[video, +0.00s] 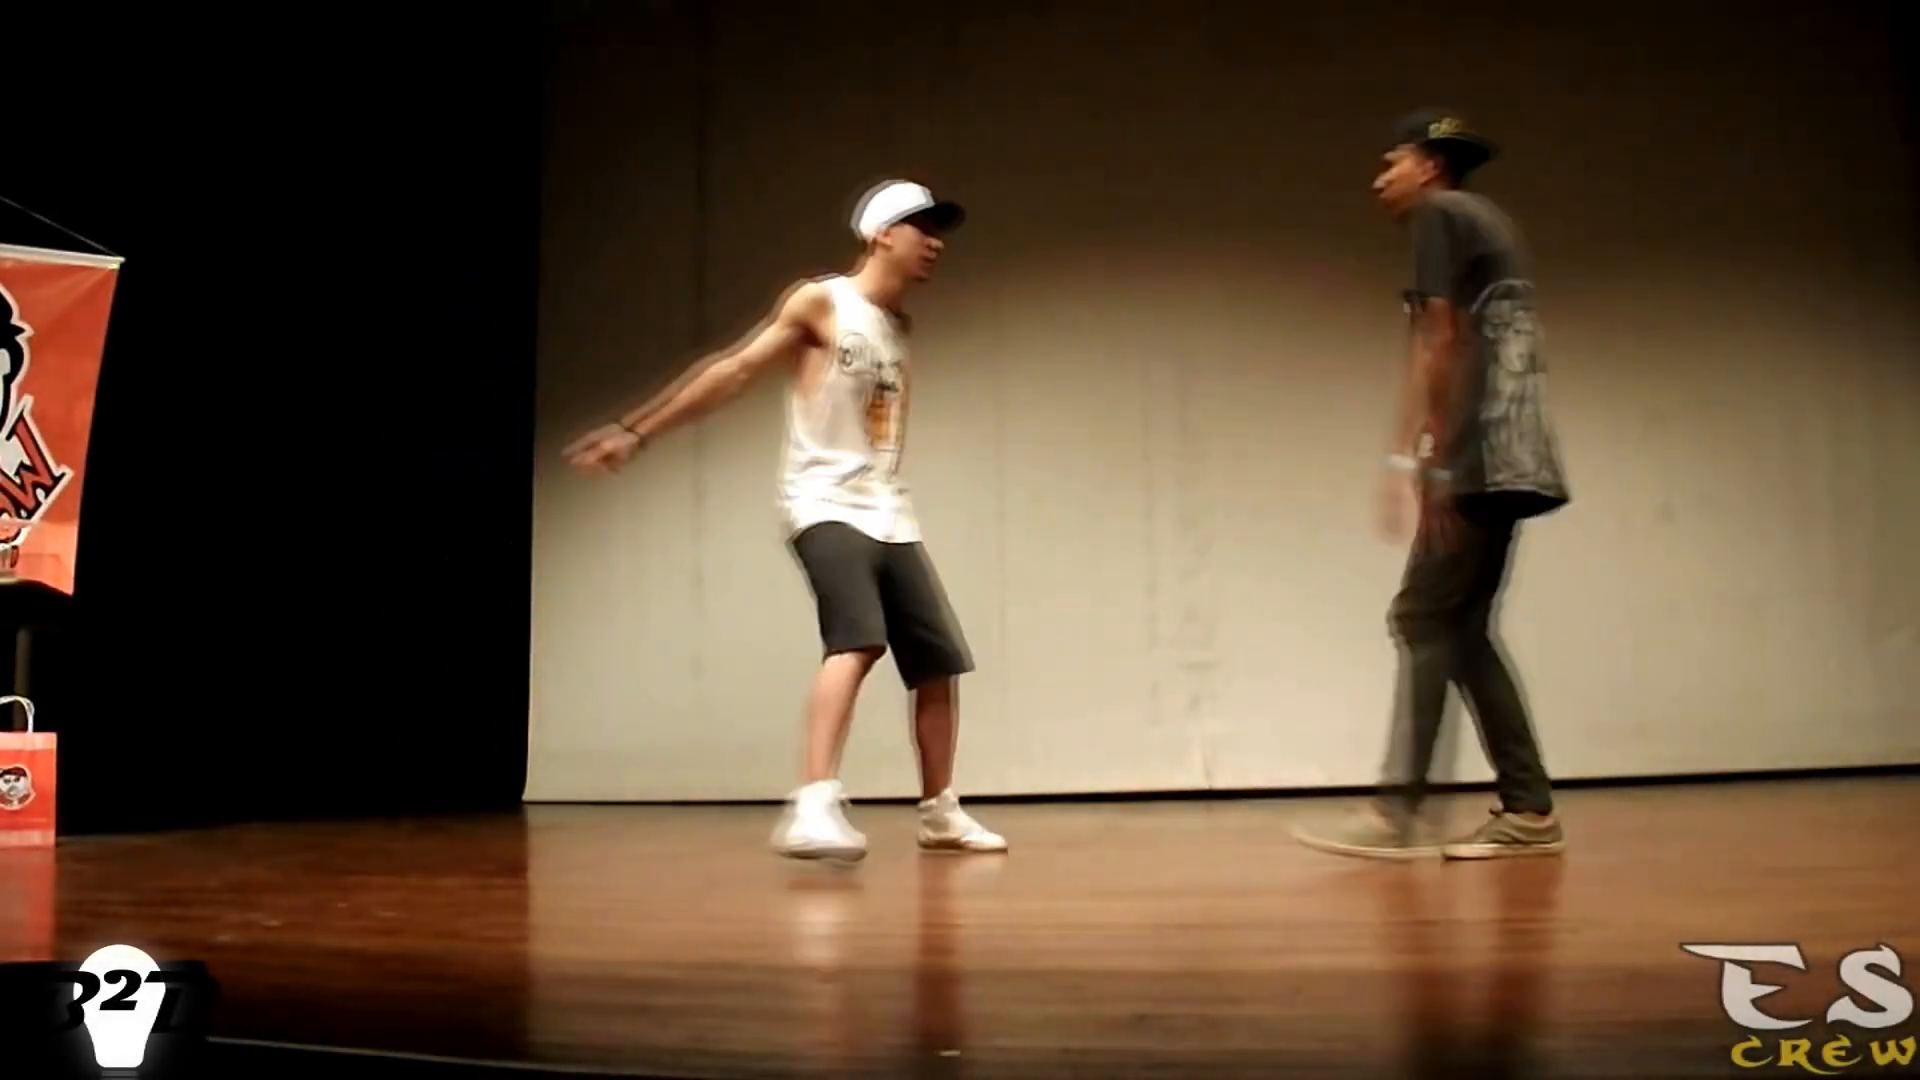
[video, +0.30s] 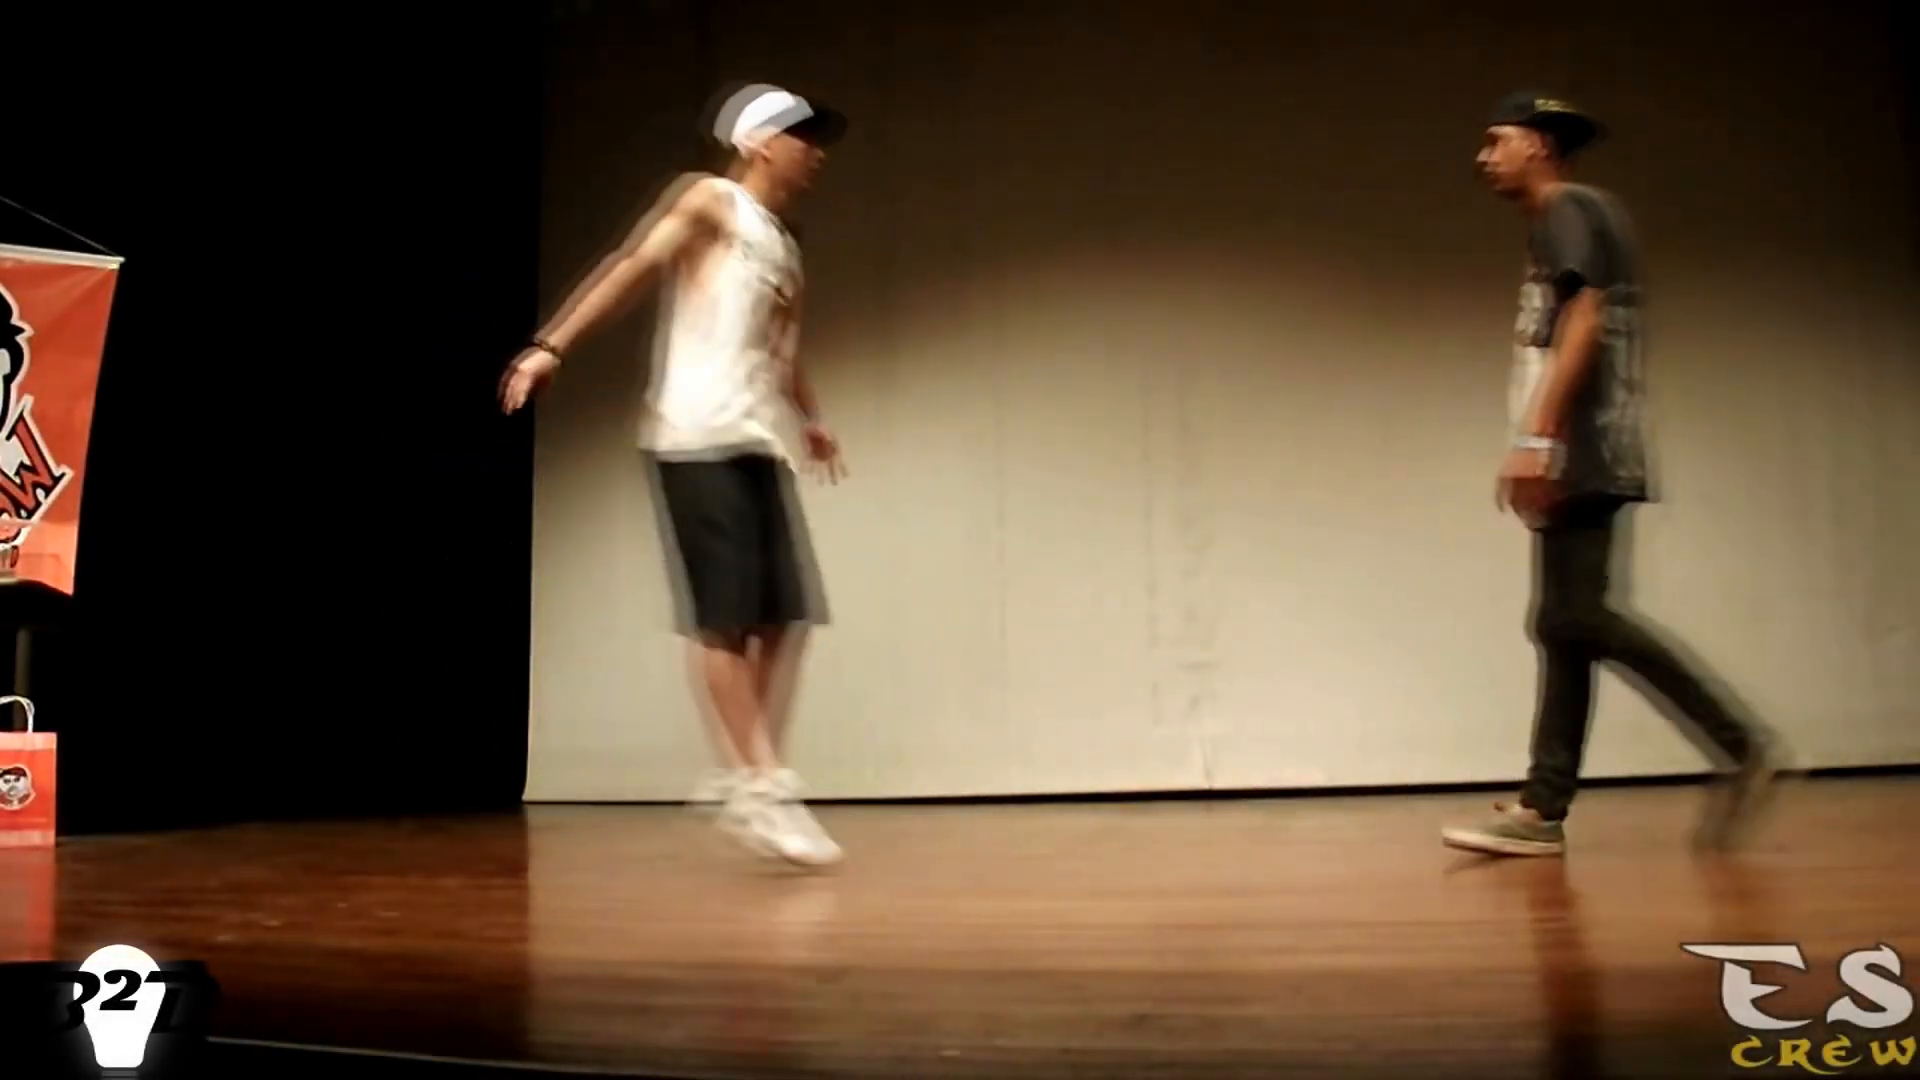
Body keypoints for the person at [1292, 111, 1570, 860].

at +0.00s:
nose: (1383, 175)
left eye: (1395, 161)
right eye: (1386, 163)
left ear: (1434, 163)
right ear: (1443, 165)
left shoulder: (1440, 214)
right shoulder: (1480, 218)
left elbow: (1445, 342)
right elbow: (1480, 351)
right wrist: (1440, 459)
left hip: (1471, 467)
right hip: (1501, 467)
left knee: (1421, 621)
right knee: (1465, 630)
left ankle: (1396, 813)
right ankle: (1529, 809)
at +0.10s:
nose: (1407, 165)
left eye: (1420, 151)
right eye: (1410, 152)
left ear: (1461, 156)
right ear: (1461, 160)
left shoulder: (1491, 219)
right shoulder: (1498, 221)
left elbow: (1505, 344)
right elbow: (1514, 349)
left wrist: (1463, 455)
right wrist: (1477, 458)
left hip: (1512, 463)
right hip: (1519, 466)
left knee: (1457, 607)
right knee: (1497, 617)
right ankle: (1529, 802)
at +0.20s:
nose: (1447, 158)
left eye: (1461, 143)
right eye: (1450, 145)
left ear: (1503, 148)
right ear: (1504, 152)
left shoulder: (1528, 208)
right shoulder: (1530, 217)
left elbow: (1548, 323)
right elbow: (1545, 341)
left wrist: (1496, 442)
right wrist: (1506, 451)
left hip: (1540, 455)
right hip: (1544, 457)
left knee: (1512, 611)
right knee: (1531, 619)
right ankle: (1536, 806)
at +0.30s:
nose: (1483, 155)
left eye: (1496, 140)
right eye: (1486, 142)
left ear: (1540, 147)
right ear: (1537, 150)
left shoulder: (1568, 210)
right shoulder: (1569, 217)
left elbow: (1582, 322)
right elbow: (1583, 343)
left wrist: (1535, 440)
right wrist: (1549, 456)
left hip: (1587, 465)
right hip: (1575, 466)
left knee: (1576, 619)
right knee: (1565, 626)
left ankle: (1746, 752)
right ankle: (1542, 810)